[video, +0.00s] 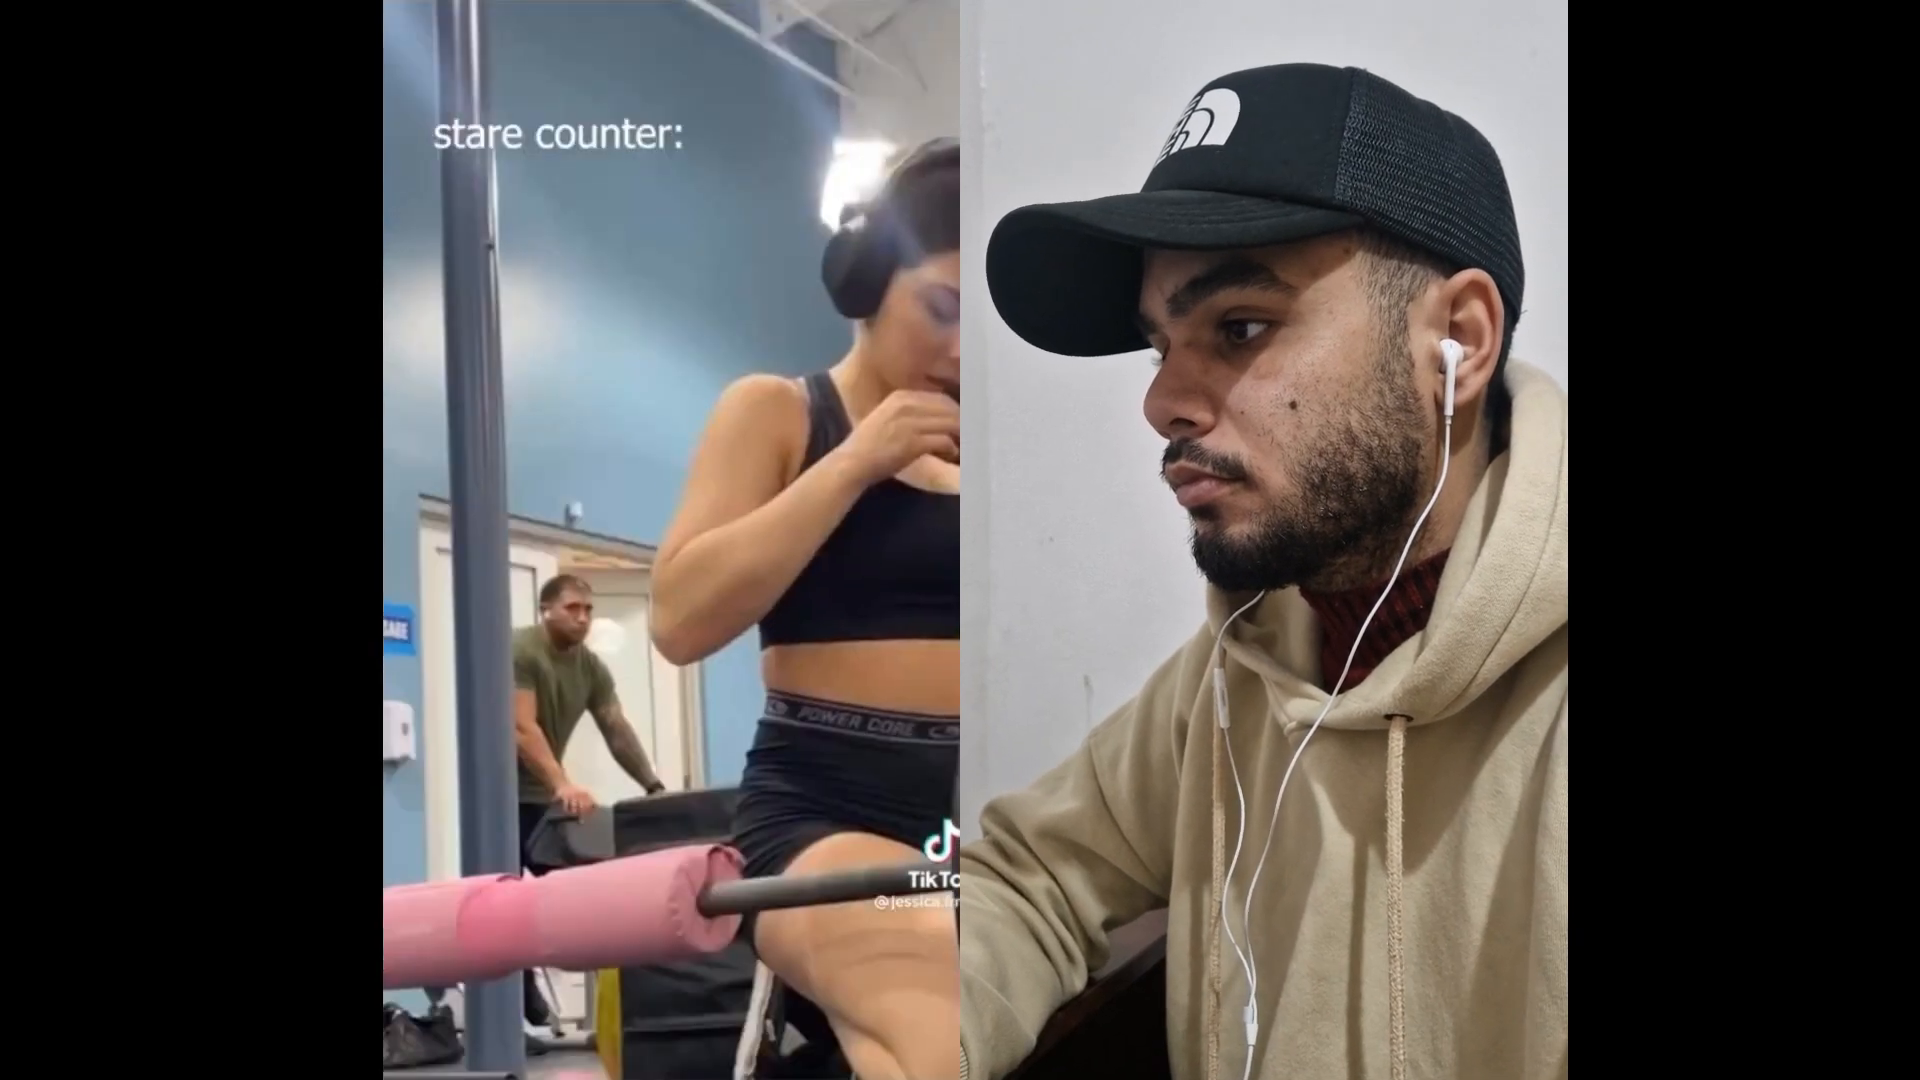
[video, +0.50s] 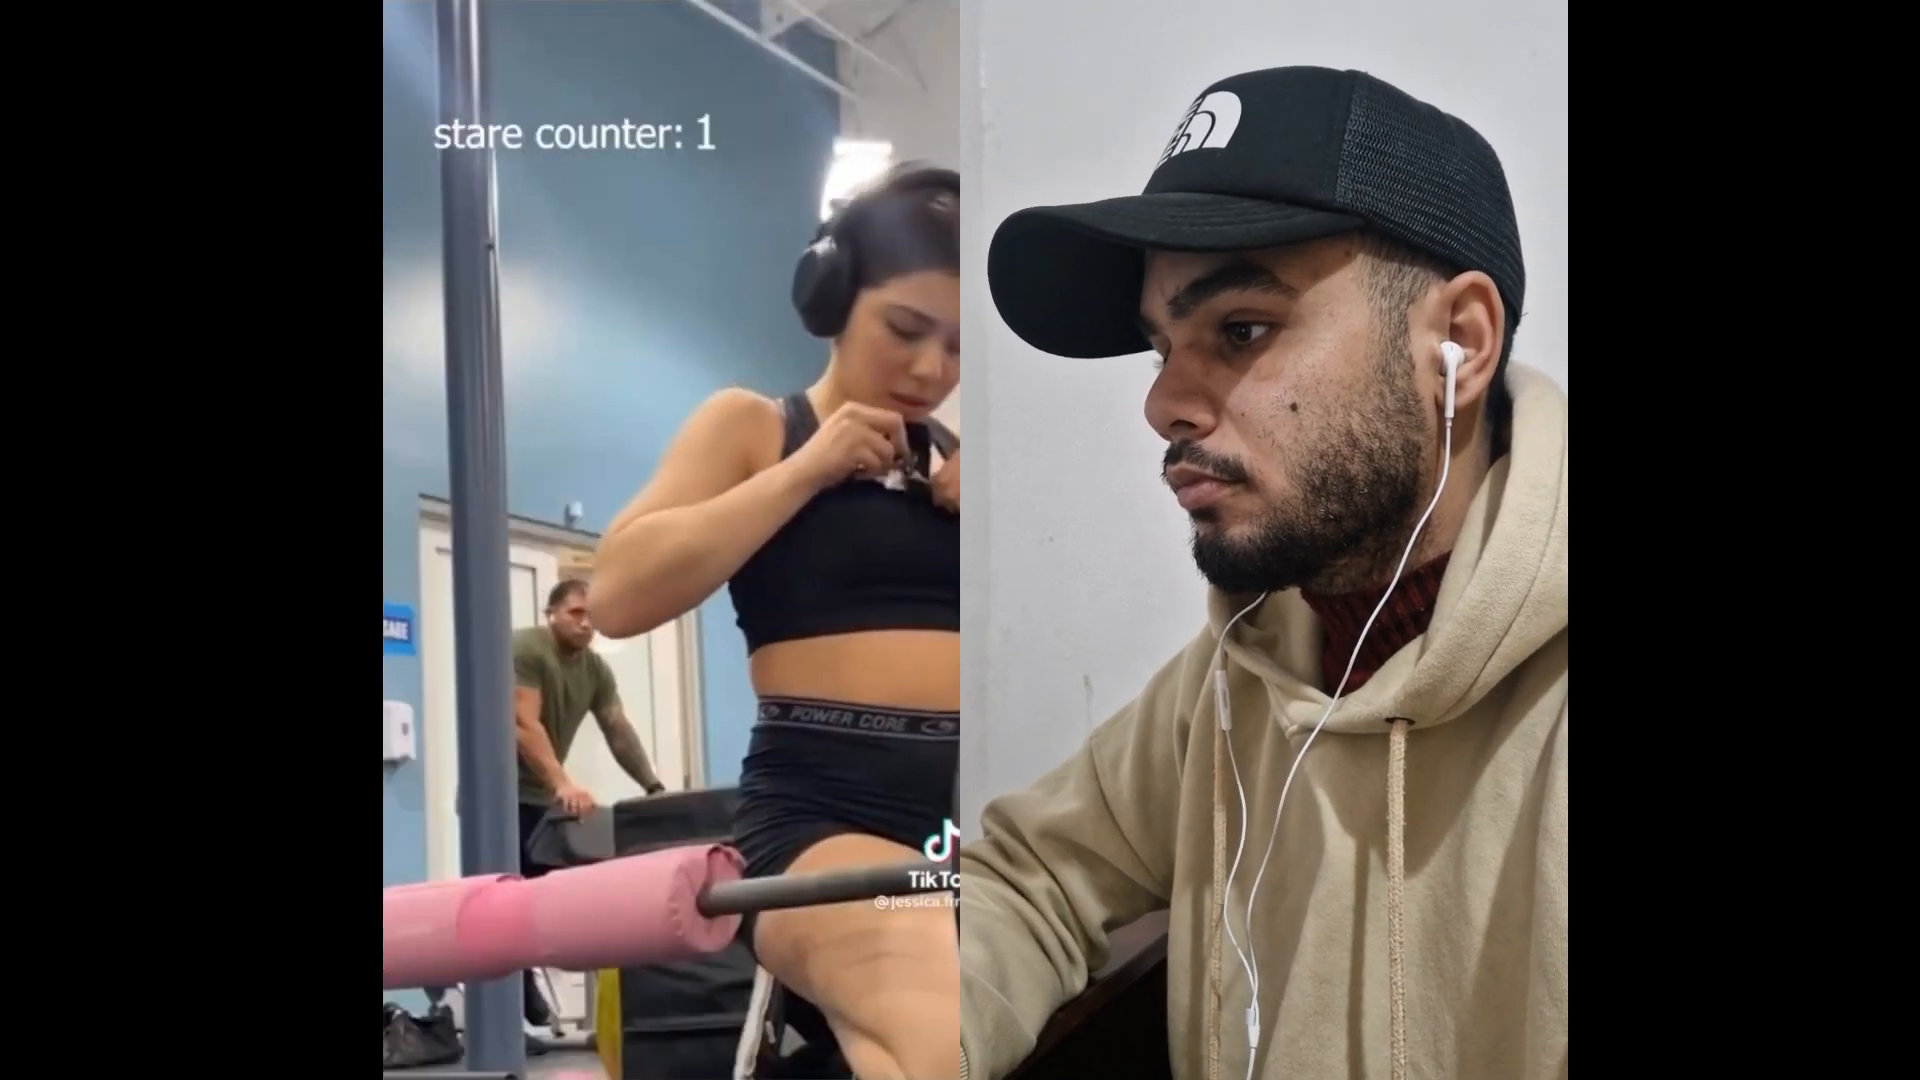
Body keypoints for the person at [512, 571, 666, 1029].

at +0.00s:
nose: (582, 617)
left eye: (587, 610)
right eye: (572, 608)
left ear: (591, 615)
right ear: (546, 610)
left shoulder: (589, 666)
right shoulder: (523, 650)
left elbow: (617, 731)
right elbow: (522, 728)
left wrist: (653, 784)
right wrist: (561, 784)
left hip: (541, 794)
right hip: (504, 793)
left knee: (529, 898)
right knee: (511, 897)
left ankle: (520, 998)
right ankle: (527, 1003)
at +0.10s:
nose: (583, 618)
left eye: (589, 611)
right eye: (574, 609)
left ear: (592, 616)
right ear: (547, 612)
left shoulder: (592, 668)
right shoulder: (524, 649)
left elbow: (618, 730)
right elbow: (523, 726)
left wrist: (653, 785)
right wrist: (562, 784)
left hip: (541, 794)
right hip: (504, 792)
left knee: (529, 900)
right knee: (510, 898)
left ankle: (517, 1002)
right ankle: (528, 1005)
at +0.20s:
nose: (585, 619)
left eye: (591, 612)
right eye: (576, 611)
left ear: (595, 617)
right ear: (548, 613)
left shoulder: (593, 667)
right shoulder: (525, 648)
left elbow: (618, 730)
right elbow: (523, 725)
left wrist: (653, 784)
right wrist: (561, 784)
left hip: (542, 795)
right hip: (504, 793)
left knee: (533, 897)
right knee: (510, 897)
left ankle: (518, 998)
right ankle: (527, 1001)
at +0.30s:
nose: (586, 621)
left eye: (592, 613)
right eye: (576, 612)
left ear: (596, 618)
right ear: (550, 613)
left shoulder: (594, 668)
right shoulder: (526, 648)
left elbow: (619, 731)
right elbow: (524, 724)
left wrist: (654, 786)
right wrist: (561, 783)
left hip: (543, 796)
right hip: (505, 794)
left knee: (529, 901)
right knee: (510, 900)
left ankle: (518, 1002)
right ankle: (528, 1005)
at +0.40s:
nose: (586, 622)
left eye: (591, 615)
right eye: (576, 613)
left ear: (595, 620)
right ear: (550, 614)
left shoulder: (595, 669)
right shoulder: (526, 649)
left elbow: (619, 732)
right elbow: (524, 724)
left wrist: (653, 785)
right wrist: (561, 783)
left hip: (544, 798)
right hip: (505, 794)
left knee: (529, 899)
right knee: (511, 899)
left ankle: (516, 1002)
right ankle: (528, 1005)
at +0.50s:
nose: (586, 623)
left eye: (591, 615)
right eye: (576, 613)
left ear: (596, 621)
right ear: (551, 614)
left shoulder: (595, 669)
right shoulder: (527, 648)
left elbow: (619, 732)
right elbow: (524, 723)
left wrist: (653, 785)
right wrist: (561, 783)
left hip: (543, 799)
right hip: (504, 796)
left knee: (527, 902)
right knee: (510, 901)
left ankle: (517, 1003)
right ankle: (528, 1006)